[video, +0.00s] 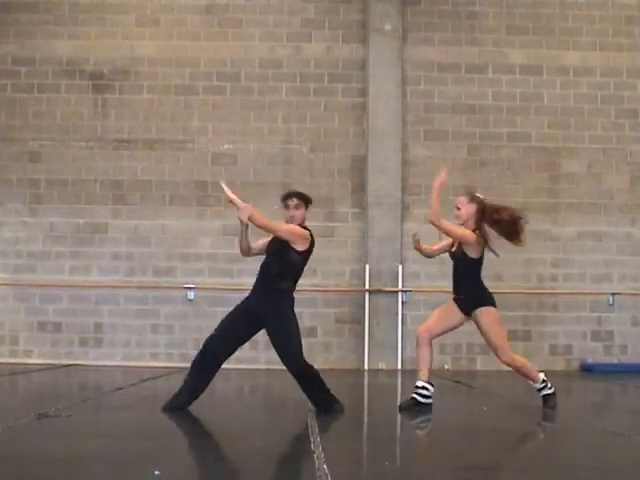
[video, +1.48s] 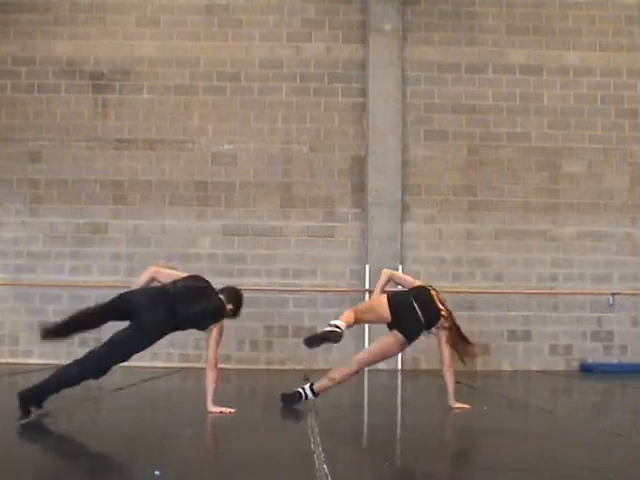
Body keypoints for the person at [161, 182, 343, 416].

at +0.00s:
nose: (292, 213)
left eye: (297, 208)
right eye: (288, 208)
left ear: (306, 212)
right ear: (284, 211)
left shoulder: (302, 236)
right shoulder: (279, 237)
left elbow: (265, 224)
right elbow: (246, 251)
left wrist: (240, 204)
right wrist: (244, 225)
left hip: (278, 309)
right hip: (254, 305)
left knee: (295, 363)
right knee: (214, 348)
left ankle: (329, 405)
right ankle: (182, 399)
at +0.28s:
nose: (211, 198)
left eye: (215, 193)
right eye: (206, 193)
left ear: (225, 194)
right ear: (200, 197)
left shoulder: (241, 219)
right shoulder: (196, 223)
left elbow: (280, 234)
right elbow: (193, 263)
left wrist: (317, 245)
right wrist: (225, 265)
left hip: (247, 290)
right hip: (218, 292)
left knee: (286, 334)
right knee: (198, 337)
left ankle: (322, 377)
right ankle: (201, 399)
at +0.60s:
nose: (222, 188)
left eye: (224, 183)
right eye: (219, 183)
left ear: (210, 185)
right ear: (202, 183)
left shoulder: (205, 209)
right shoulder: (182, 204)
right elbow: (141, 214)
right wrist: (105, 224)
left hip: (183, 281)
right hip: (168, 279)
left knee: (177, 336)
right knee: (174, 335)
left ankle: (152, 390)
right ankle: (133, 386)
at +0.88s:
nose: (193, 246)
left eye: (194, 241)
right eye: (192, 240)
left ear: (173, 232)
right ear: (181, 236)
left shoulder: (148, 241)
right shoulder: (177, 263)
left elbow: (143, 204)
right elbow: (219, 273)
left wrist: (138, 167)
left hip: (126, 319)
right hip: (128, 323)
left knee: (163, 351)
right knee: (82, 357)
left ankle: (136, 403)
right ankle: (19, 382)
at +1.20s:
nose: (214, 302)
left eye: (216, 297)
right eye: (215, 297)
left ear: (197, 284)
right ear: (206, 295)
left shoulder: (171, 282)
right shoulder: (190, 318)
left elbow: (160, 270)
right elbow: (197, 363)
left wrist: (166, 268)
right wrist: (209, 404)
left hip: (112, 327)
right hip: (120, 342)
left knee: (158, 347)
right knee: (72, 388)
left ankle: (133, 402)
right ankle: (10, 397)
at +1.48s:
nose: (227, 317)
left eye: (229, 313)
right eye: (230, 314)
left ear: (221, 290)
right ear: (229, 310)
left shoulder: (198, 280)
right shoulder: (216, 317)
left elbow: (154, 270)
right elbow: (212, 364)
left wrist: (133, 295)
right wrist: (210, 404)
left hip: (140, 299)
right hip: (151, 327)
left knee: (99, 314)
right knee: (95, 363)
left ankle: (57, 330)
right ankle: (33, 395)